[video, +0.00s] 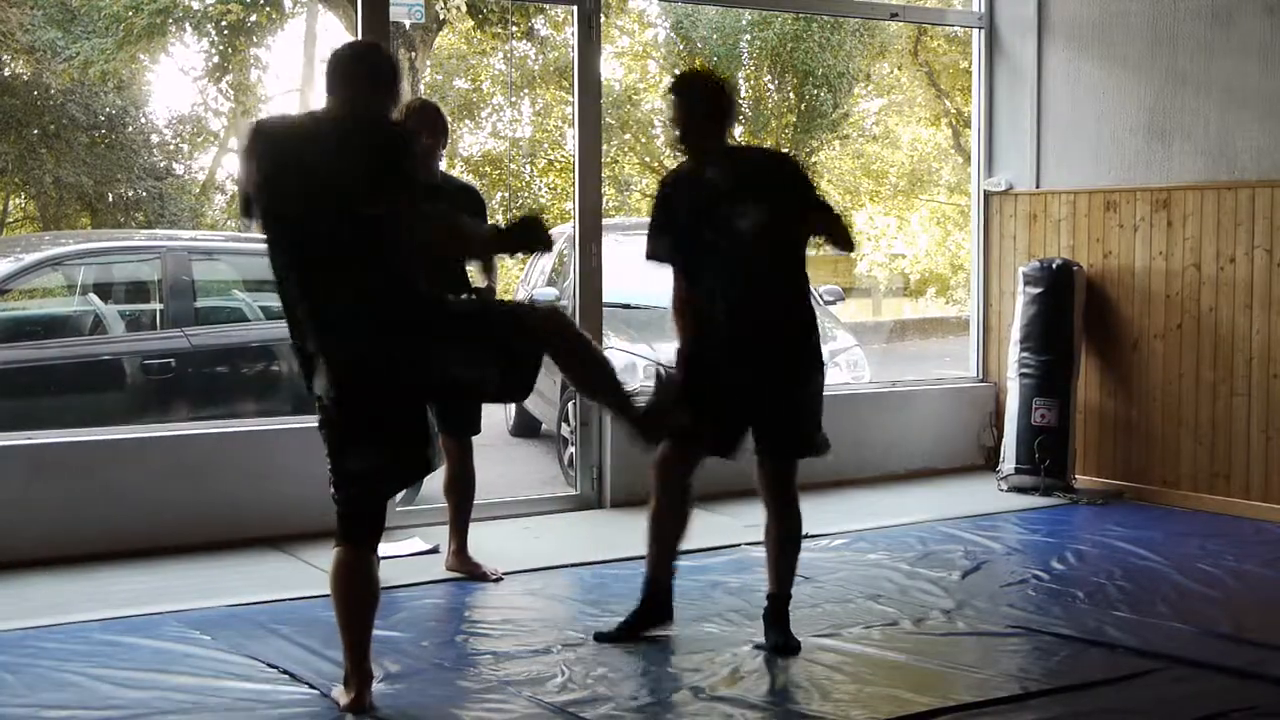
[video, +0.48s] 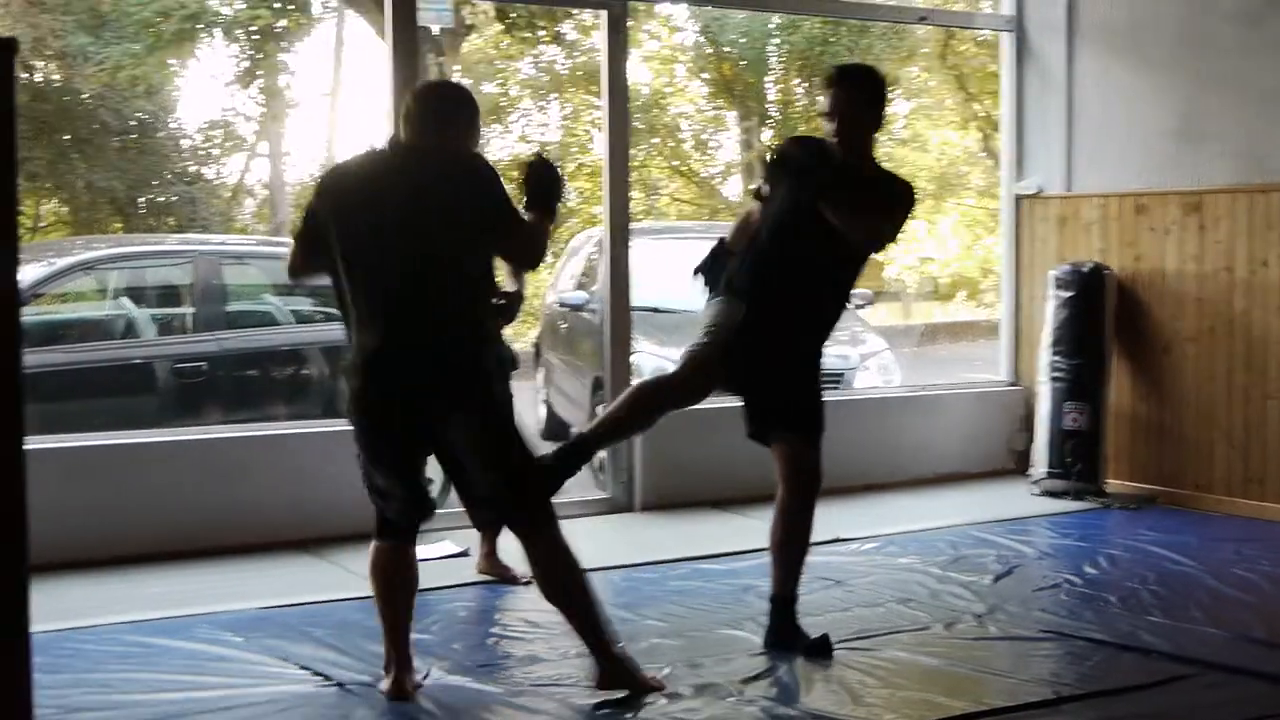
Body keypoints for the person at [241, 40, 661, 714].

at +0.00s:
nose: (428, 140)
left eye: (435, 133)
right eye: (421, 129)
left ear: (326, 89)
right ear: (390, 107)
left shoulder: (271, 140)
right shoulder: (391, 165)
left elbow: (252, 210)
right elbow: (459, 241)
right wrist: (509, 238)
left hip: (348, 359)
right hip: (425, 337)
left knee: (356, 537)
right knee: (550, 326)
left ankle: (357, 682)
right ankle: (637, 420)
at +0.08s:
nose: (420, 101)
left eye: (414, 89)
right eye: (418, 89)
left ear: (350, 84)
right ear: (411, 89)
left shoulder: (298, 139)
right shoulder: (417, 144)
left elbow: (279, 210)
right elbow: (481, 228)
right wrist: (539, 209)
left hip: (353, 357)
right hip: (435, 337)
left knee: (359, 533)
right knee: (560, 327)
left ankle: (358, 682)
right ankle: (608, 455)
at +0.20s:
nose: (442, 93)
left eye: (440, 81)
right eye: (440, 81)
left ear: (371, 75)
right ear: (430, 79)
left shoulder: (319, 127)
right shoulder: (438, 129)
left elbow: (295, 205)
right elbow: (481, 220)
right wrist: (531, 190)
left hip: (365, 358)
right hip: (449, 346)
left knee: (361, 530)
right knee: (568, 408)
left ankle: (359, 678)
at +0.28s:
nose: (456, 106)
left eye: (454, 95)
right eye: (453, 95)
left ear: (388, 90)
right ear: (444, 94)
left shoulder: (338, 152)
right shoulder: (458, 146)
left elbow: (298, 224)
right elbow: (510, 226)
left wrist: (359, 186)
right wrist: (534, 178)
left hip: (375, 367)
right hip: (460, 359)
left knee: (351, 509)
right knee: (553, 477)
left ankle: (359, 654)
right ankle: (579, 661)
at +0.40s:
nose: (472, 143)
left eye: (470, 133)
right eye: (471, 132)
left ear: (407, 128)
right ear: (463, 132)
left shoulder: (355, 190)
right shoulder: (482, 185)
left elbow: (302, 269)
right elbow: (551, 256)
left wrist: (355, 231)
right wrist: (562, 195)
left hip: (392, 398)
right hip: (479, 396)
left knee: (376, 524)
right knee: (566, 508)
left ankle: (379, 661)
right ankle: (602, 674)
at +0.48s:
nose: (476, 143)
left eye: (476, 133)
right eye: (474, 132)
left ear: (408, 122)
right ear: (461, 128)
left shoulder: (342, 182)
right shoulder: (468, 174)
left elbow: (301, 265)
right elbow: (526, 253)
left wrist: (369, 249)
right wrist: (544, 205)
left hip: (379, 385)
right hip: (463, 382)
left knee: (393, 527)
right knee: (534, 522)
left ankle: (399, 671)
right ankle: (608, 657)